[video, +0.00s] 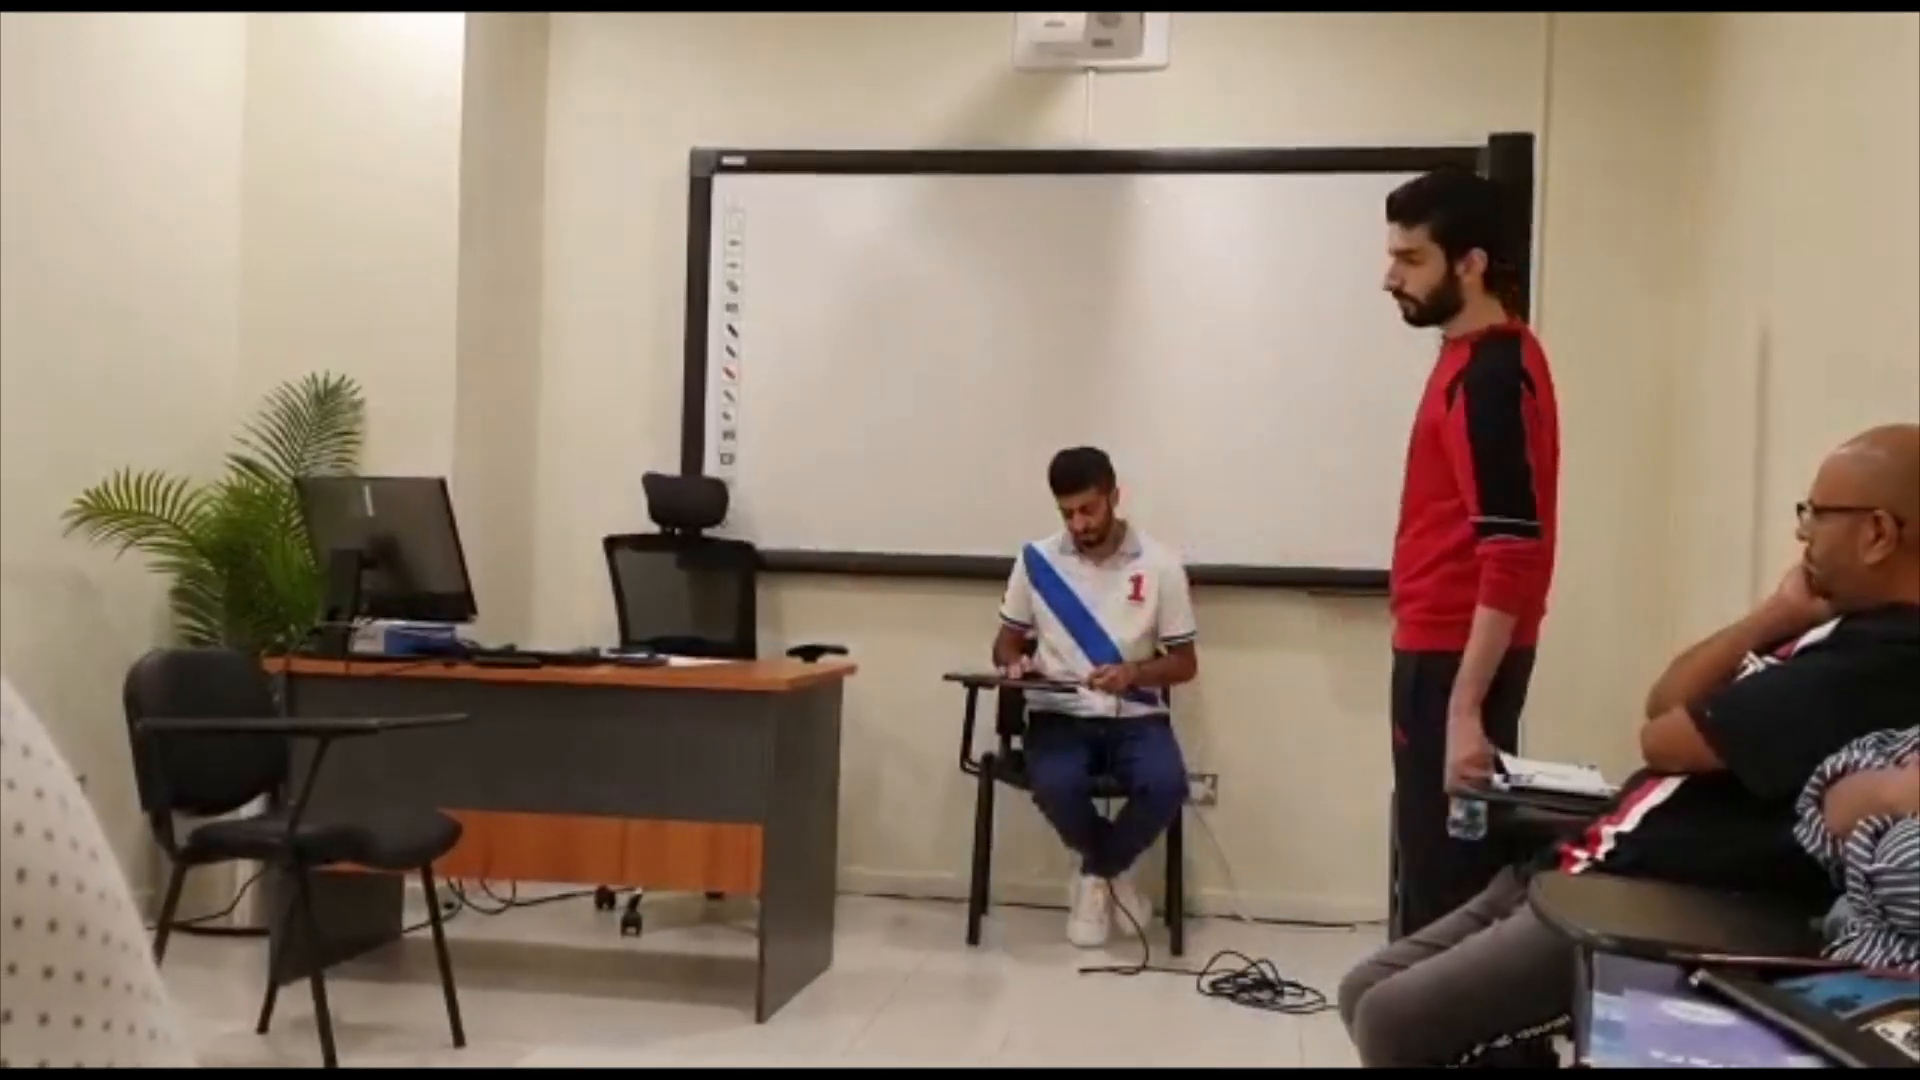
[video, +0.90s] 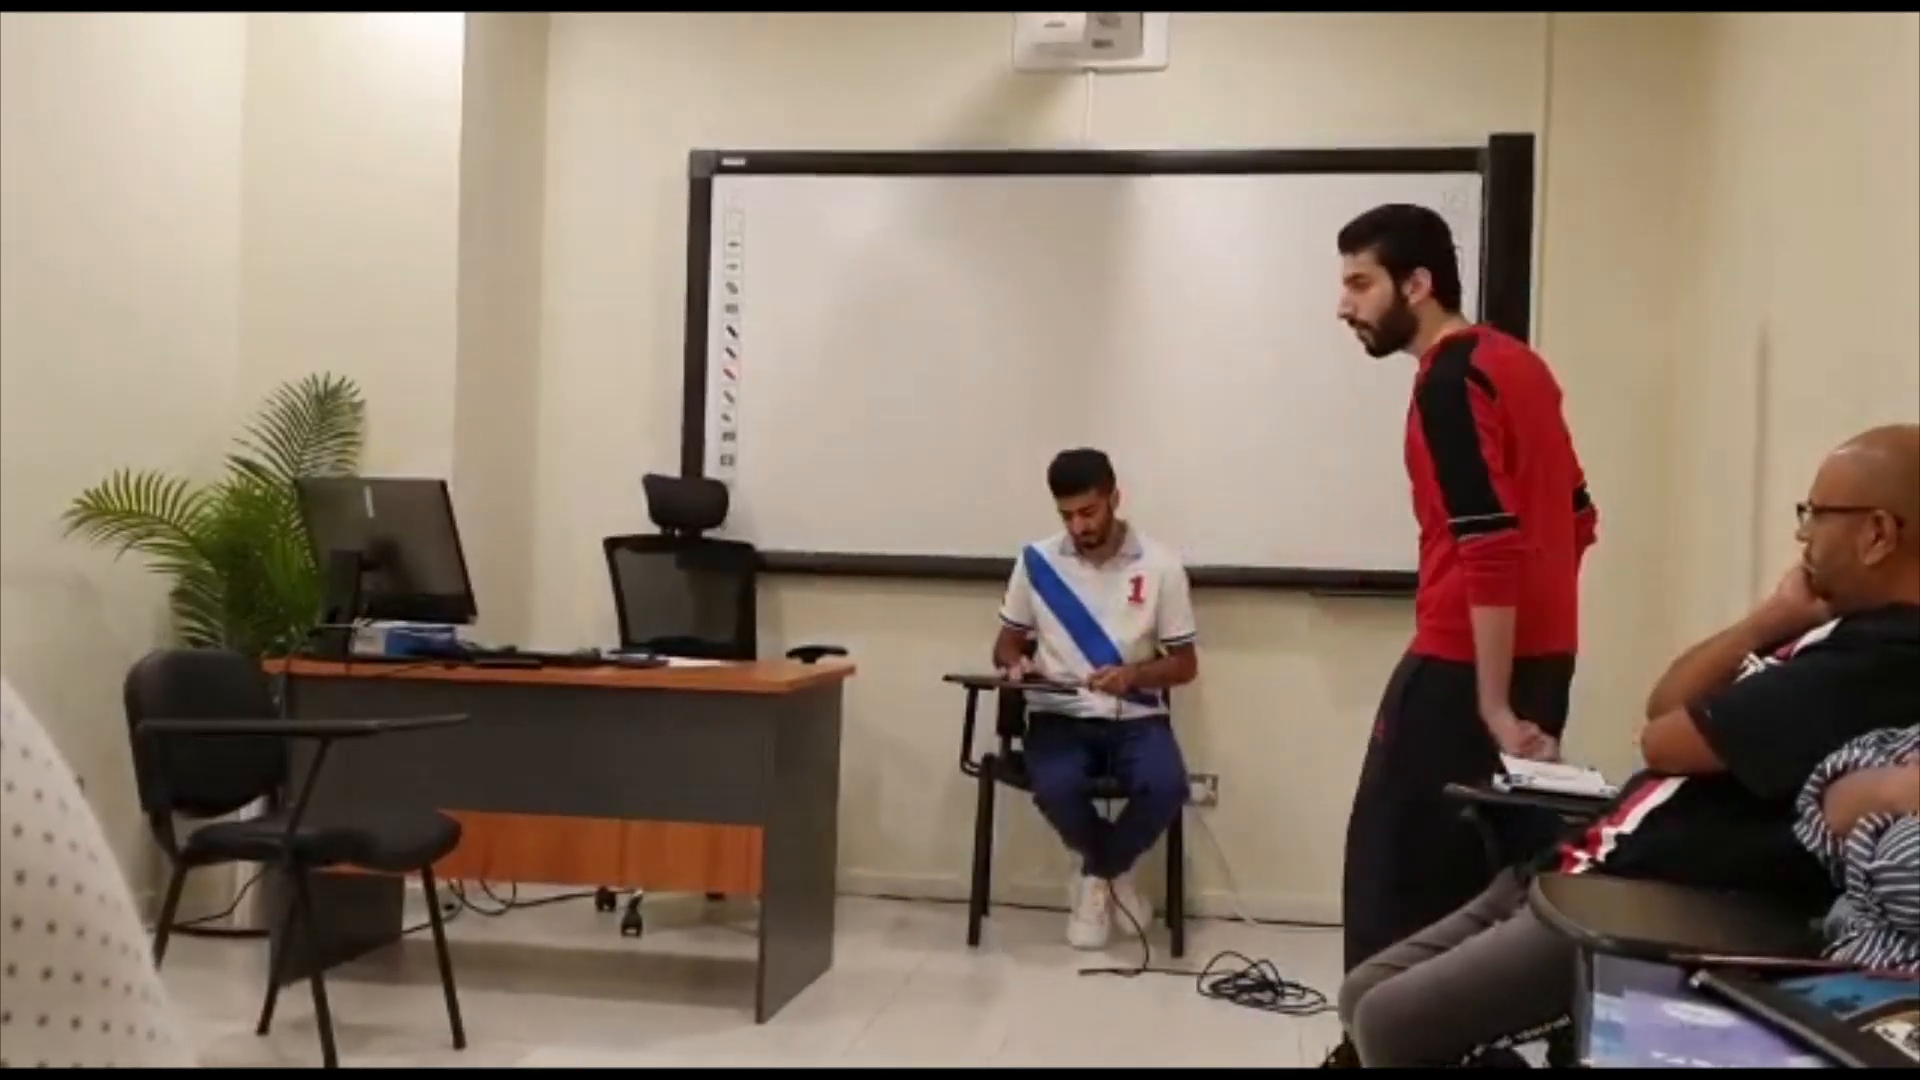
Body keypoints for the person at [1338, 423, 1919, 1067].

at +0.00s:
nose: (1800, 536)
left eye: (1814, 516)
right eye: (1805, 516)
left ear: (1879, 534)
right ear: (1879, 534)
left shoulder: (1882, 653)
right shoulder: (1853, 629)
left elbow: (1666, 744)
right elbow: (1663, 703)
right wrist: (1781, 612)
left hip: (1637, 910)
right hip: (1589, 867)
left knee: (1389, 1024)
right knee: (1364, 989)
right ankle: (1511, 1058)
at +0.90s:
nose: (1800, 537)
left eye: (1813, 517)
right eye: (1804, 516)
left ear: (1880, 534)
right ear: (1880, 535)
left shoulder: (1882, 654)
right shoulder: (1856, 630)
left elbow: (1667, 745)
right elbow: (1665, 705)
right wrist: (1781, 614)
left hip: (1635, 909)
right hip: (1585, 866)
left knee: (1387, 1023)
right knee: (1366, 989)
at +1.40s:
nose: (1800, 536)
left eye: (1813, 516)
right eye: (1804, 515)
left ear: (1880, 535)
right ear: (1880, 535)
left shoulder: (1879, 655)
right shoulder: (1856, 629)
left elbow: (1665, 742)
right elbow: (1665, 704)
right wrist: (1780, 613)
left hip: (1629, 911)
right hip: (1581, 866)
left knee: (1386, 1023)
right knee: (1363, 990)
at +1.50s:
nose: (1800, 535)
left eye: (1813, 515)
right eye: (1804, 515)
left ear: (1880, 534)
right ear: (1880, 534)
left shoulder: (1879, 654)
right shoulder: (1856, 629)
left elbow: (1665, 742)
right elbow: (1664, 703)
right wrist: (1782, 612)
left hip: (1628, 909)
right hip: (1580, 865)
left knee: (1385, 1023)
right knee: (1363, 990)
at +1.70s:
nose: (1799, 535)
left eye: (1811, 516)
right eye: (1803, 515)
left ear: (1878, 534)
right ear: (1879, 534)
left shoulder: (1879, 654)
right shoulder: (1853, 628)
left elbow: (1664, 743)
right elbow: (1663, 702)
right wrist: (1780, 612)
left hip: (1626, 909)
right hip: (1578, 866)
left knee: (1385, 1023)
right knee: (1362, 990)